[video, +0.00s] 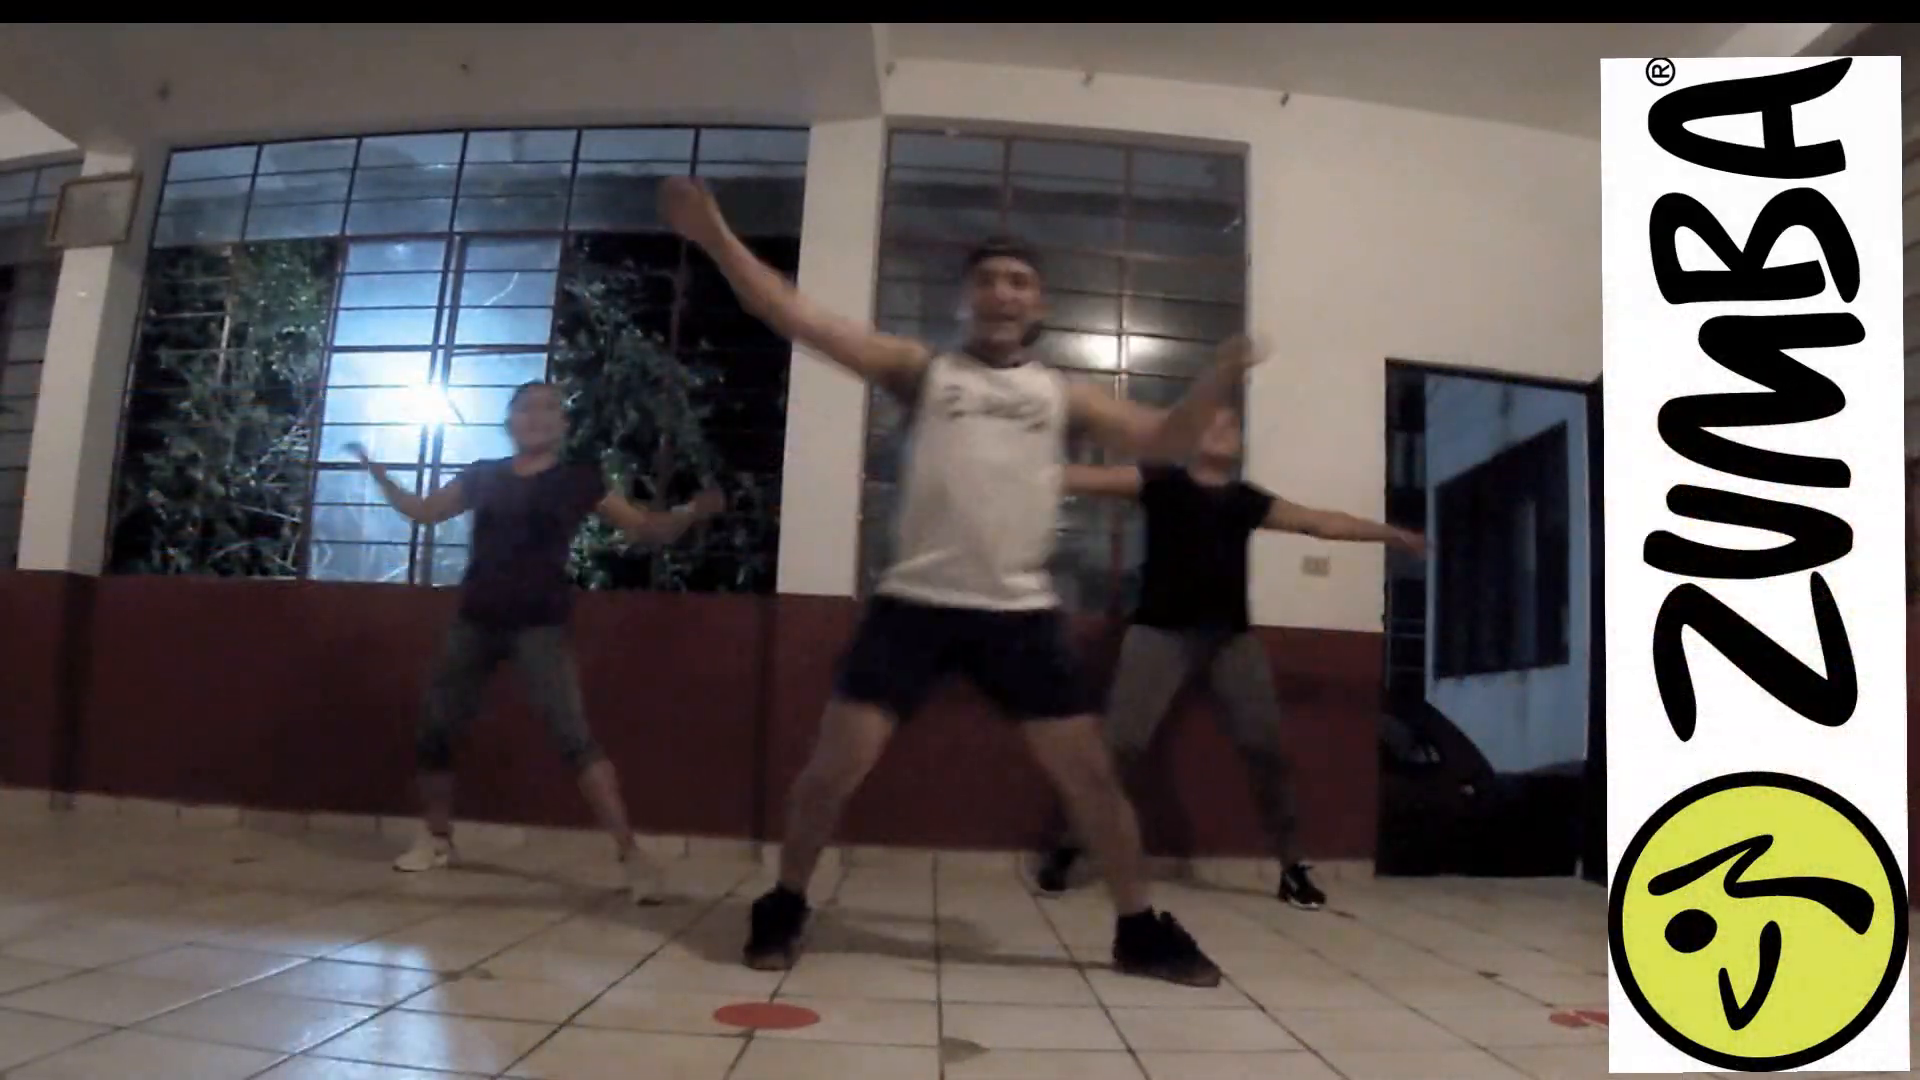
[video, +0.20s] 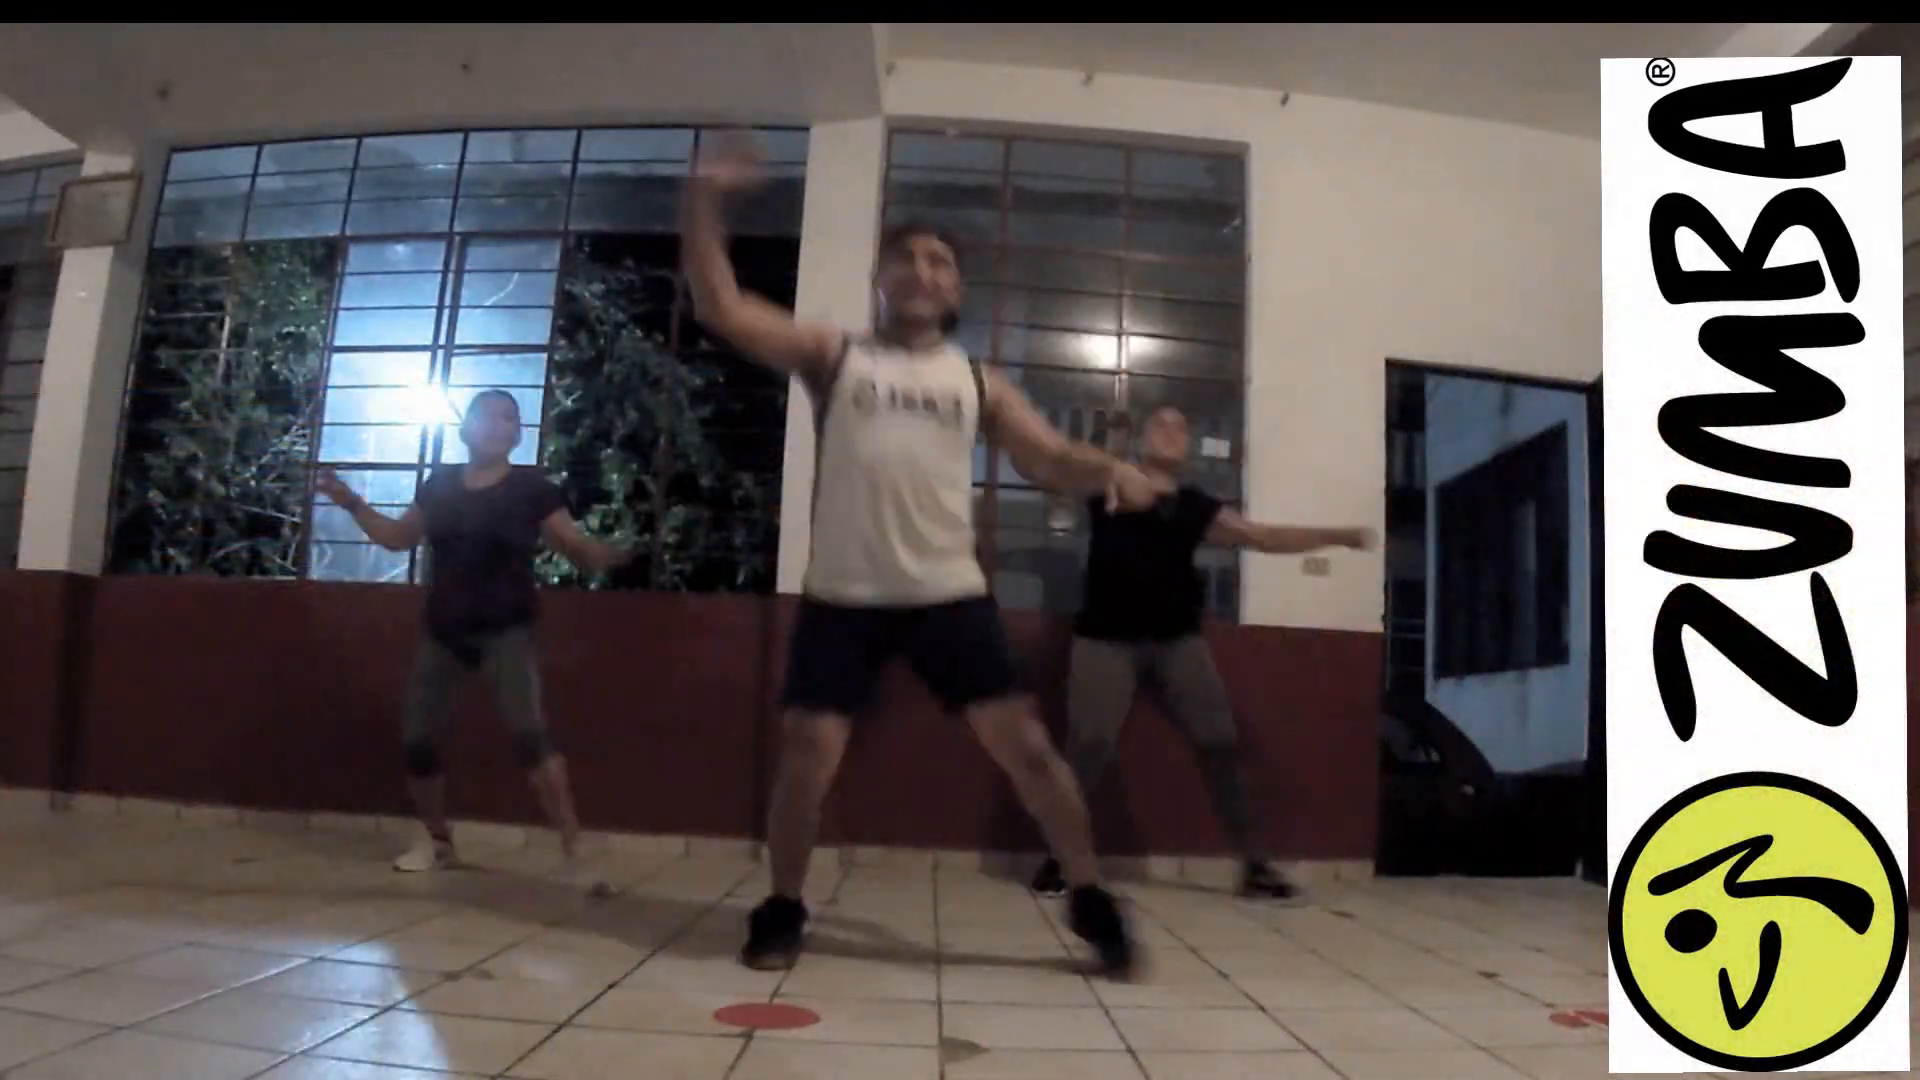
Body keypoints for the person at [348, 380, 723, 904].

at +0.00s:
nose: (534, 417)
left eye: (545, 408)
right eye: (525, 407)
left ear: (563, 422)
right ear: (510, 419)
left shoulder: (578, 479)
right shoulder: (486, 476)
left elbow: (643, 527)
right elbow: (423, 511)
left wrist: (692, 513)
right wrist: (378, 476)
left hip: (540, 622)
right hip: (478, 618)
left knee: (572, 734)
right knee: (436, 724)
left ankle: (629, 853)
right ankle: (437, 842)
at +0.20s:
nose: (494, 427)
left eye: (504, 420)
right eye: (485, 417)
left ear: (518, 433)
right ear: (466, 427)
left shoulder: (531, 489)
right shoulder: (441, 487)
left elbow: (581, 550)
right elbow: (397, 537)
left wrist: (612, 554)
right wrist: (350, 502)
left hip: (507, 629)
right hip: (444, 629)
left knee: (529, 736)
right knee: (418, 741)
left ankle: (573, 850)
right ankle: (437, 841)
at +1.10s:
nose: (538, 406)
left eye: (547, 400)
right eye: (527, 399)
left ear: (557, 416)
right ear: (504, 415)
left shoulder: (575, 461)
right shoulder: (479, 489)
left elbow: (618, 390)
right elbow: (455, 557)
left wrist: (623, 307)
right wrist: (443, 554)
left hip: (548, 617)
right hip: (479, 616)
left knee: (550, 739)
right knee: (435, 727)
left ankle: (582, 866)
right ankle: (442, 814)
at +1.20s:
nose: (537, 404)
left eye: (548, 397)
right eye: (526, 397)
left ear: (565, 412)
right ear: (508, 413)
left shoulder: (582, 461)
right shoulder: (487, 477)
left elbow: (640, 400)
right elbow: (420, 507)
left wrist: (627, 319)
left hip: (548, 618)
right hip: (481, 614)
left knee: (549, 738)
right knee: (416, 720)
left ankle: (581, 868)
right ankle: (438, 821)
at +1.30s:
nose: (535, 404)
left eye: (547, 397)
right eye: (526, 395)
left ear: (564, 413)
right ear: (507, 406)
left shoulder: (577, 466)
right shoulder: (477, 460)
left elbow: (642, 422)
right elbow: (411, 415)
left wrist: (632, 345)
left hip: (544, 617)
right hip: (474, 613)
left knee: (551, 739)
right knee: (403, 715)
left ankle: (581, 867)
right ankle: (398, 838)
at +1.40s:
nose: (528, 414)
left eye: (540, 408)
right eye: (519, 404)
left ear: (555, 423)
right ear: (499, 414)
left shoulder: (563, 478)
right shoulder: (468, 457)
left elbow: (632, 454)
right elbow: (429, 371)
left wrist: (631, 377)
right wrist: (432, 289)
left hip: (529, 618)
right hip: (459, 614)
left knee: (542, 739)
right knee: (393, 723)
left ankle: (580, 869)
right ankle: (375, 856)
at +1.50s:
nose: (515, 425)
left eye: (527, 418)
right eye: (506, 413)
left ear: (540, 433)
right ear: (485, 420)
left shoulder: (541, 493)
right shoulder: (451, 458)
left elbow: (611, 508)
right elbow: (428, 367)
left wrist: (604, 426)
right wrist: (426, 283)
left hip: (512, 619)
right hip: (441, 616)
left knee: (537, 738)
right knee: (381, 735)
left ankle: (581, 868)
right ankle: (374, 861)